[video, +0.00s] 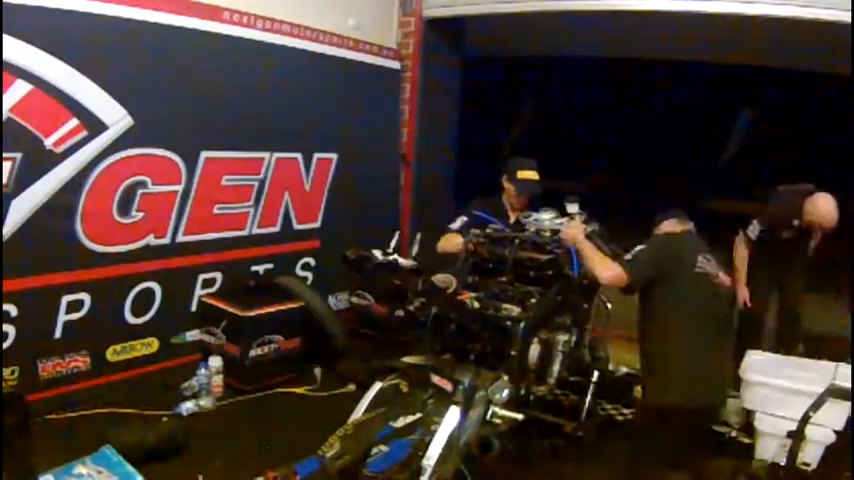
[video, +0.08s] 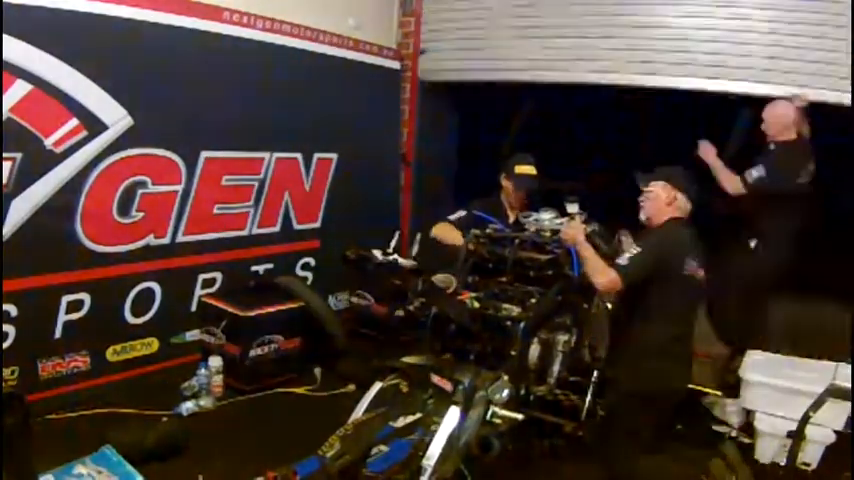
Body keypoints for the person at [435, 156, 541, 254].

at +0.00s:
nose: (523, 197)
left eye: (528, 192)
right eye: (518, 190)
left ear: (534, 189)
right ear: (505, 182)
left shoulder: (537, 217)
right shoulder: (482, 210)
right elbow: (443, 245)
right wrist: (482, 243)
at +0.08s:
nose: (522, 194)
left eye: (527, 188)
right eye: (517, 186)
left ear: (533, 187)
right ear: (503, 180)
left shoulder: (535, 217)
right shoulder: (482, 210)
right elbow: (439, 229)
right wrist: (473, 245)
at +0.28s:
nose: (520, 183)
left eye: (526, 178)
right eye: (514, 177)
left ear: (534, 185)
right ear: (504, 180)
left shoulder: (542, 218)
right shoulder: (483, 212)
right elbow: (441, 255)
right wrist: (474, 263)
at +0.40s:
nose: (509, 192)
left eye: (514, 186)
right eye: (504, 187)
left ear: (522, 186)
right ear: (491, 188)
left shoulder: (534, 208)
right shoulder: (476, 215)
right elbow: (440, 256)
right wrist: (478, 250)